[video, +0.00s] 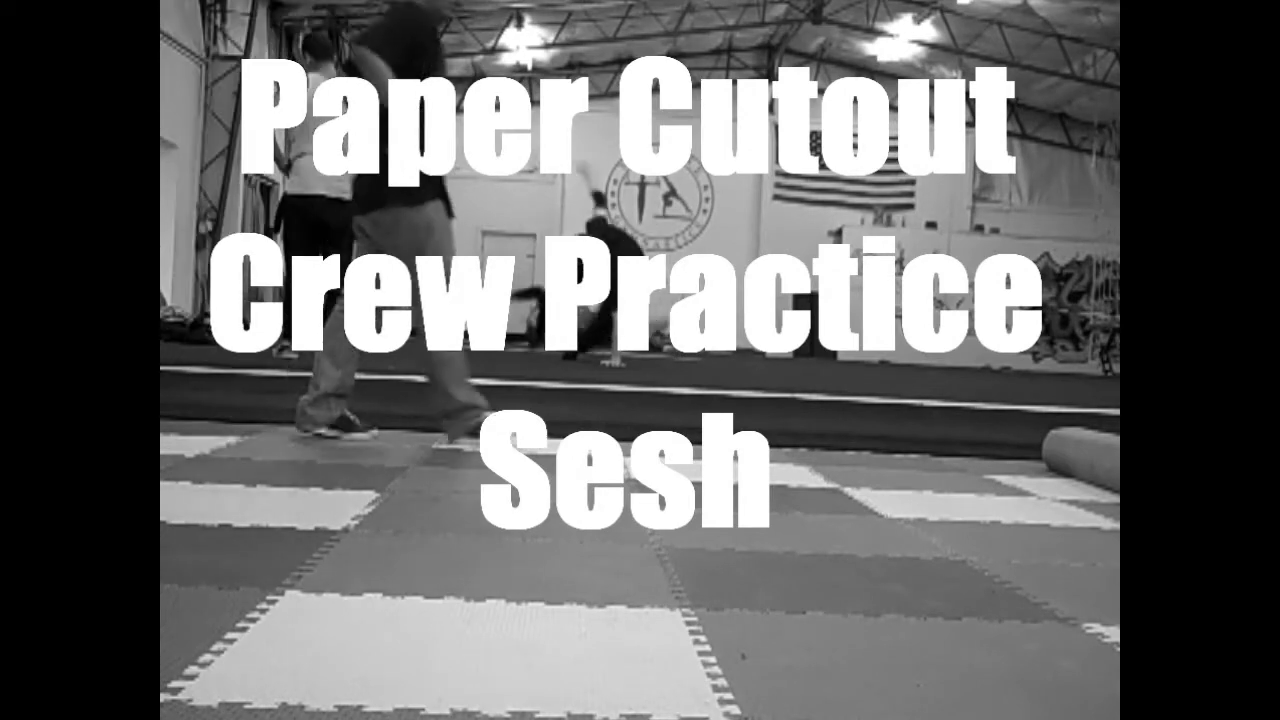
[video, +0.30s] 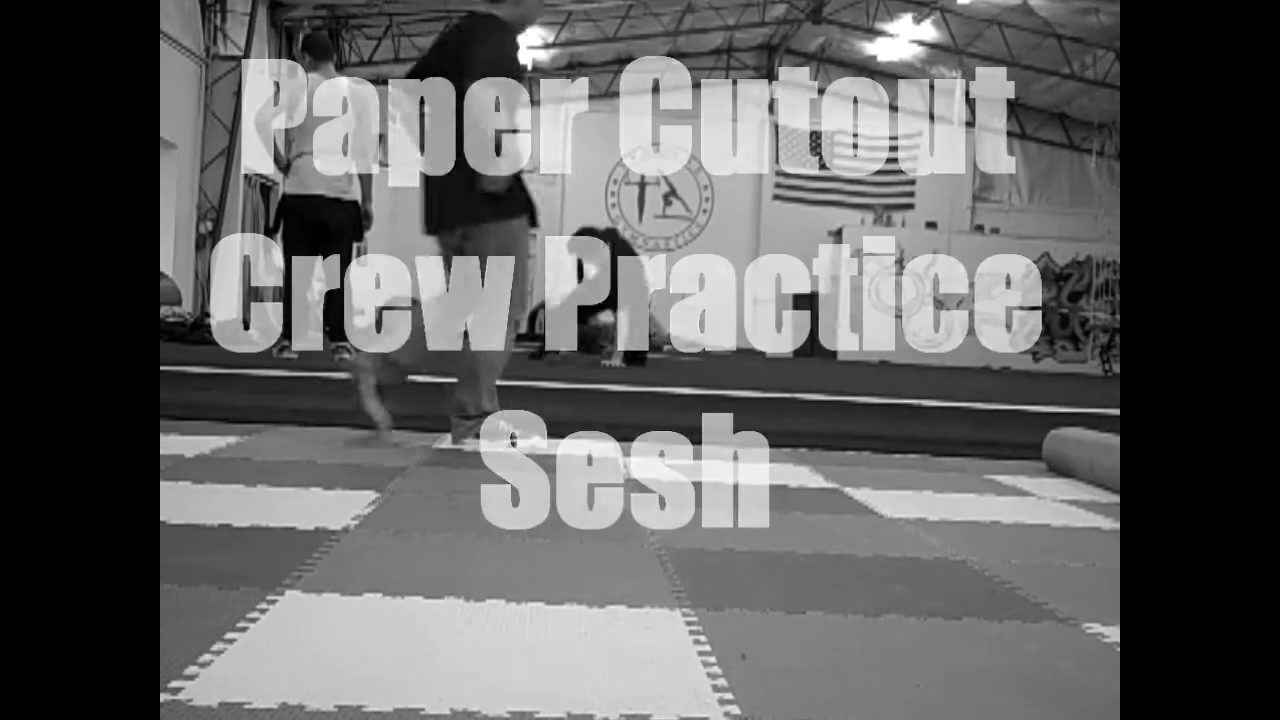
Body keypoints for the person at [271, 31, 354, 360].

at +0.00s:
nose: (301, 61)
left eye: (302, 55)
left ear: (305, 55)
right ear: (336, 55)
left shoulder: (294, 88)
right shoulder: (351, 89)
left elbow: (277, 137)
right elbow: (361, 142)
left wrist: (286, 164)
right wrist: (349, 172)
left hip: (299, 195)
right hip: (339, 196)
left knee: (296, 273)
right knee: (336, 278)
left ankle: (291, 344)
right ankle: (332, 351)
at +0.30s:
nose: (300, 62)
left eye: (300, 58)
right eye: (302, 58)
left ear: (305, 58)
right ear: (334, 56)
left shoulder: (297, 88)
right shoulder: (360, 92)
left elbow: (261, 120)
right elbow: (364, 153)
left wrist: (279, 160)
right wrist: (367, 202)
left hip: (300, 197)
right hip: (341, 199)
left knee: (295, 276)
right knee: (338, 279)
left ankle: (287, 342)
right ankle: (340, 344)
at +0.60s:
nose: (299, 63)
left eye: (299, 58)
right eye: (300, 58)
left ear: (305, 57)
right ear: (333, 57)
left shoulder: (295, 86)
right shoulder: (358, 94)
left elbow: (260, 119)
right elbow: (362, 155)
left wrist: (278, 160)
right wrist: (366, 204)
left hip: (300, 191)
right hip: (341, 193)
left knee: (297, 275)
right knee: (337, 276)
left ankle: (289, 343)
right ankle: (340, 344)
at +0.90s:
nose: (299, 63)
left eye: (299, 58)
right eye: (301, 58)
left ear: (304, 57)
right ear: (332, 56)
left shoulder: (294, 85)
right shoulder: (356, 95)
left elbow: (260, 118)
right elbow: (362, 154)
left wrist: (278, 161)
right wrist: (365, 202)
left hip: (298, 193)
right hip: (340, 196)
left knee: (295, 274)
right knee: (338, 276)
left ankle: (290, 343)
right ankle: (341, 345)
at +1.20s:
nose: (299, 62)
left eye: (299, 58)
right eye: (302, 58)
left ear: (303, 57)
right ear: (332, 55)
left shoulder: (293, 84)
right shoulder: (356, 94)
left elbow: (259, 118)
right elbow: (361, 152)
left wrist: (278, 161)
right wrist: (365, 202)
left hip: (298, 193)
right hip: (340, 197)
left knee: (295, 274)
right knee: (338, 276)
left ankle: (290, 343)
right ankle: (341, 345)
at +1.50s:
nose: (299, 61)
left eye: (299, 56)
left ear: (302, 56)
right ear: (332, 54)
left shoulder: (293, 84)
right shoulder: (355, 94)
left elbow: (258, 118)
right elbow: (361, 153)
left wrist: (278, 161)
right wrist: (366, 201)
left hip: (298, 194)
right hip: (340, 197)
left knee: (295, 274)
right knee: (338, 276)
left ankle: (290, 344)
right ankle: (341, 345)